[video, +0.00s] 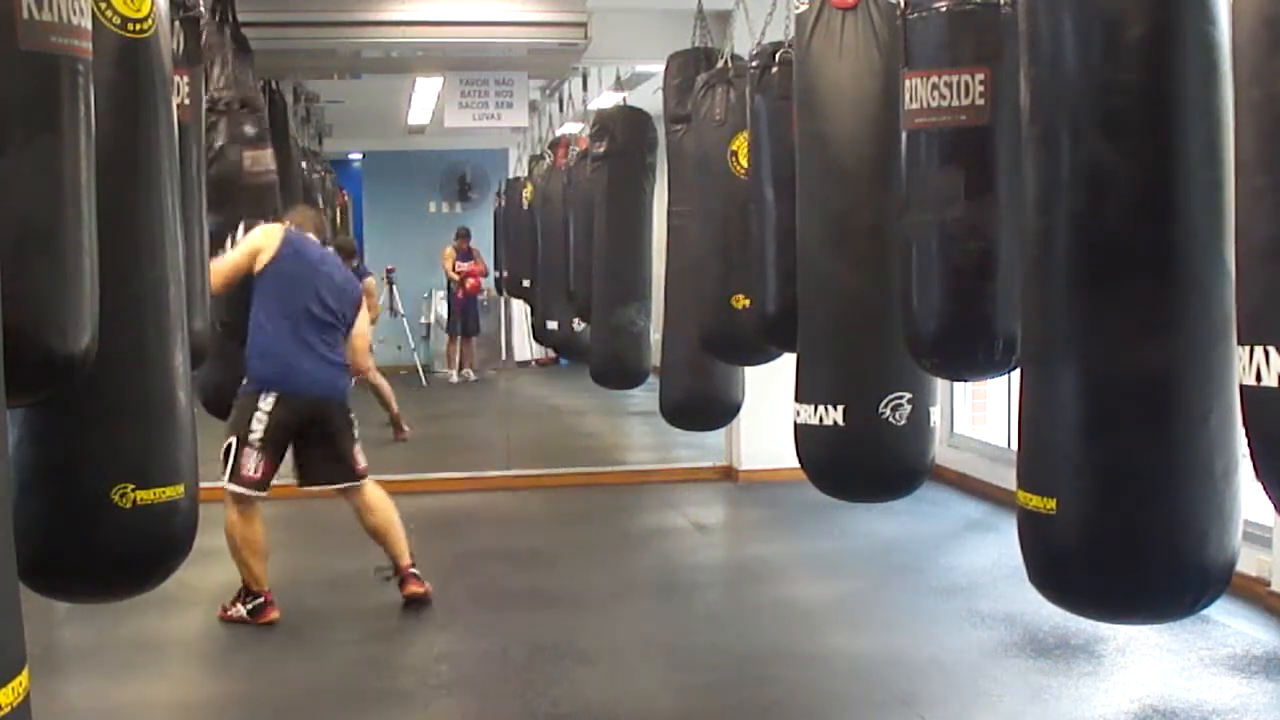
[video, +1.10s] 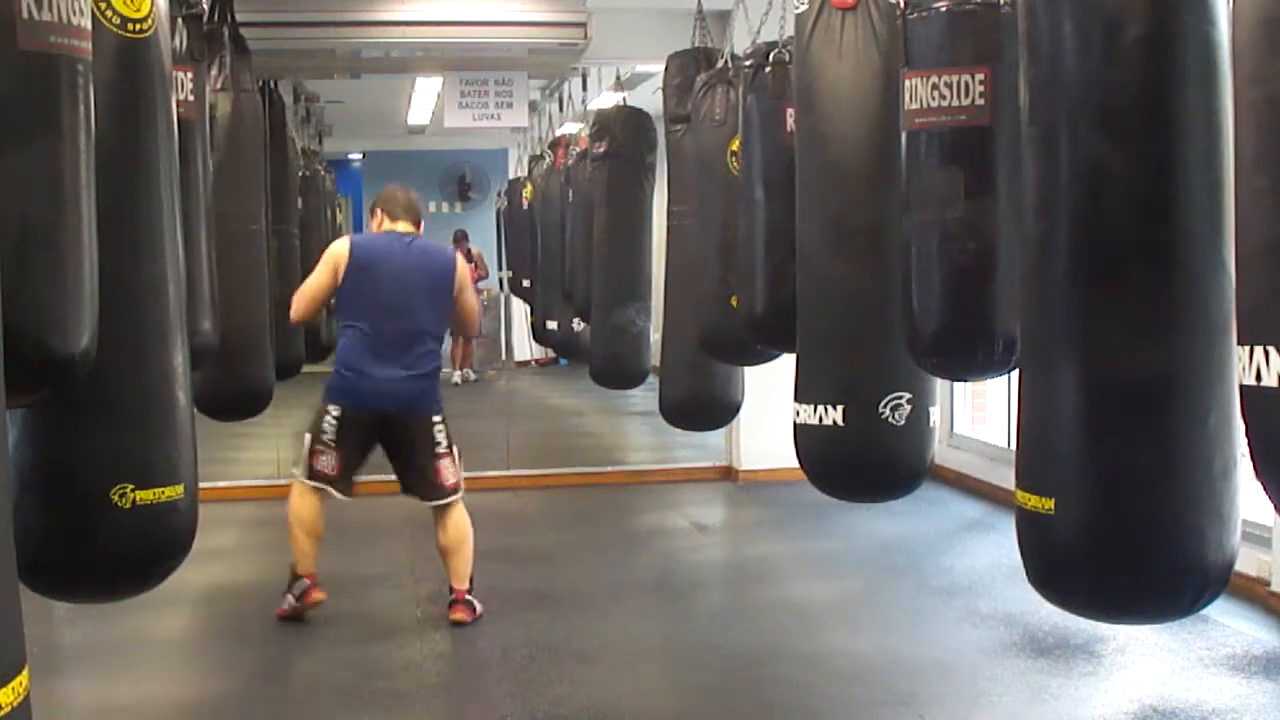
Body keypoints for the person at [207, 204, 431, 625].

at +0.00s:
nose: (281, 226)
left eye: (283, 223)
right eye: (285, 223)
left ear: (289, 226)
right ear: (324, 235)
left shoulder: (272, 236)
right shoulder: (353, 287)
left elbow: (214, 280)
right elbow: (361, 363)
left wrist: (231, 252)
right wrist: (395, 411)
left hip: (271, 389)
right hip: (329, 396)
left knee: (241, 498)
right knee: (359, 486)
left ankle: (256, 596)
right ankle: (409, 572)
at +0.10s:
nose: (283, 234)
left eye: (285, 229)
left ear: (290, 231)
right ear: (334, 241)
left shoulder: (258, 247)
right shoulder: (359, 276)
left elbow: (219, 312)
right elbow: (370, 353)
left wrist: (255, 293)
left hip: (276, 392)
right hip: (339, 394)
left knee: (244, 497)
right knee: (379, 486)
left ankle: (256, 595)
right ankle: (416, 577)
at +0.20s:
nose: (297, 232)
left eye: (298, 226)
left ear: (302, 227)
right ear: (349, 233)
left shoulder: (268, 255)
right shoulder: (376, 269)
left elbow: (236, 324)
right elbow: (392, 340)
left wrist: (280, 321)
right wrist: (350, 349)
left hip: (288, 394)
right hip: (353, 397)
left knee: (255, 499)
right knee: (393, 492)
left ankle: (256, 594)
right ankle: (427, 581)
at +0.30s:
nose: (317, 230)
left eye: (318, 224)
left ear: (321, 226)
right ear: (369, 229)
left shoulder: (290, 260)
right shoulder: (398, 267)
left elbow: (262, 329)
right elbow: (420, 338)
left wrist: (306, 322)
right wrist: (381, 340)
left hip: (311, 400)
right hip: (376, 402)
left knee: (268, 498)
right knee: (413, 497)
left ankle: (259, 593)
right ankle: (431, 594)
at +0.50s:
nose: (349, 205)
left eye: (349, 199)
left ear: (354, 200)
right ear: (401, 201)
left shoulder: (329, 241)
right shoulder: (437, 243)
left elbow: (305, 315)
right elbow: (461, 310)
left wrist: (342, 291)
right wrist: (418, 291)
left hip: (351, 388)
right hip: (416, 391)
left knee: (312, 484)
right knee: (435, 494)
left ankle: (297, 588)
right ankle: (436, 592)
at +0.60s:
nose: (358, 196)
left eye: (358, 191)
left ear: (364, 192)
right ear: (409, 193)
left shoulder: (338, 232)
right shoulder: (447, 234)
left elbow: (310, 303)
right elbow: (471, 299)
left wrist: (339, 267)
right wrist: (456, 257)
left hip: (364, 384)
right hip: (425, 386)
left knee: (336, 484)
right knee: (445, 488)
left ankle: (352, 579)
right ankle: (449, 581)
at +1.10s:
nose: (367, 225)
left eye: (369, 219)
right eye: (370, 221)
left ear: (378, 218)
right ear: (421, 225)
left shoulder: (345, 250)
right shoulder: (451, 262)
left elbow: (299, 312)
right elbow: (470, 324)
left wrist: (334, 284)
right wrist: (433, 295)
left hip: (352, 398)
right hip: (417, 402)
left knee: (308, 484)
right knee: (447, 500)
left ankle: (303, 581)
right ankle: (461, 594)